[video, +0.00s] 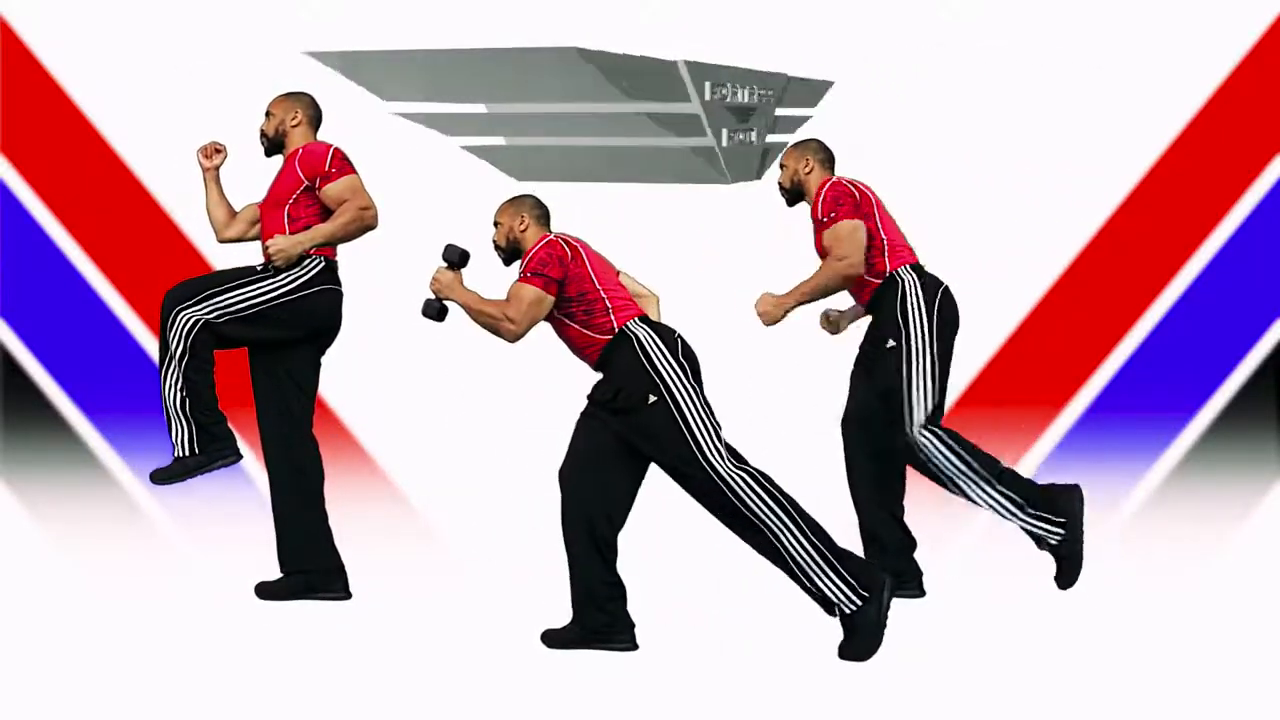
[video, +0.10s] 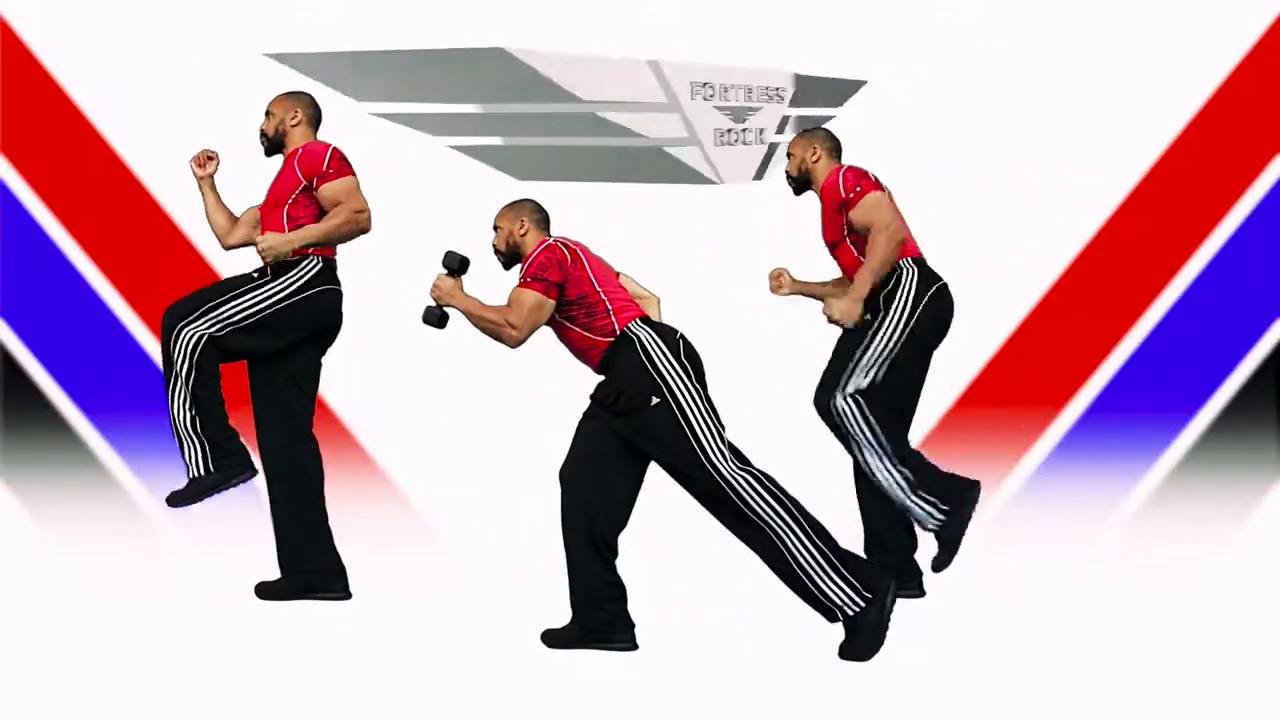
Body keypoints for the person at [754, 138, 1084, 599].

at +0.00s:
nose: (780, 178)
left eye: (784, 167)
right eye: (779, 171)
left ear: (807, 164)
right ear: (813, 165)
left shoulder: (835, 193)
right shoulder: (838, 205)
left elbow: (846, 262)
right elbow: (883, 278)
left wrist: (786, 301)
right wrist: (849, 315)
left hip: (910, 297)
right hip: (887, 317)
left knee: (915, 432)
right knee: (863, 433)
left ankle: (1051, 514)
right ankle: (892, 564)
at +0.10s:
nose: (786, 166)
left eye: (790, 156)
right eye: (786, 158)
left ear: (814, 153)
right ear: (815, 156)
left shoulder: (845, 180)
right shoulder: (835, 206)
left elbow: (891, 231)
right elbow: (855, 286)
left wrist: (854, 297)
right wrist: (799, 287)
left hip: (906, 288)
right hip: (893, 301)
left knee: (842, 397)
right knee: (875, 433)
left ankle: (944, 501)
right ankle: (893, 564)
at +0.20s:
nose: (792, 156)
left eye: (797, 146)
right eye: (792, 149)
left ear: (821, 144)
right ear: (823, 148)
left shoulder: (850, 168)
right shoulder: (843, 200)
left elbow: (917, 201)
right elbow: (816, 269)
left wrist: (917, 268)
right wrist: (766, 241)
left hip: (897, 282)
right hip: (912, 295)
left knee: (797, 341)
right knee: (884, 435)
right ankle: (895, 566)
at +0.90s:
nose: (797, 154)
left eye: (802, 144)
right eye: (797, 147)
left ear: (827, 142)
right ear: (827, 145)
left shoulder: (857, 165)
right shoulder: (845, 198)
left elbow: (912, 209)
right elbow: (824, 274)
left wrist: (886, 279)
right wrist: (768, 251)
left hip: (897, 288)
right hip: (901, 305)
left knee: (788, 327)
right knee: (877, 442)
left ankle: (822, 454)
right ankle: (893, 570)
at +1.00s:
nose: (792, 161)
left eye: (797, 151)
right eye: (792, 154)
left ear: (821, 147)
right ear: (824, 149)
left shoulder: (850, 172)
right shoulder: (836, 205)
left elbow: (880, 234)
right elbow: (855, 290)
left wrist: (822, 288)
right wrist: (798, 295)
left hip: (903, 283)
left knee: (817, 373)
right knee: (882, 435)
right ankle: (891, 572)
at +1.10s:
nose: (785, 169)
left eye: (789, 159)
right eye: (784, 162)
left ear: (813, 155)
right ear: (816, 156)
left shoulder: (840, 183)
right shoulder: (841, 196)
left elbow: (834, 256)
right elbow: (883, 281)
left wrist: (764, 273)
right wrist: (851, 324)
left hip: (907, 292)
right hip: (883, 310)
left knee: (885, 421)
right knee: (866, 433)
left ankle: (1014, 497)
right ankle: (892, 566)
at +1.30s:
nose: (774, 188)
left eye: (779, 178)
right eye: (774, 180)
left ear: (806, 174)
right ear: (813, 179)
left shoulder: (821, 204)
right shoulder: (848, 209)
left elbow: (770, 272)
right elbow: (922, 248)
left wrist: (726, 242)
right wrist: (935, 320)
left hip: (910, 303)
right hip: (898, 317)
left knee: (980, 424)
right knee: (863, 438)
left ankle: (1124, 517)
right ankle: (891, 567)